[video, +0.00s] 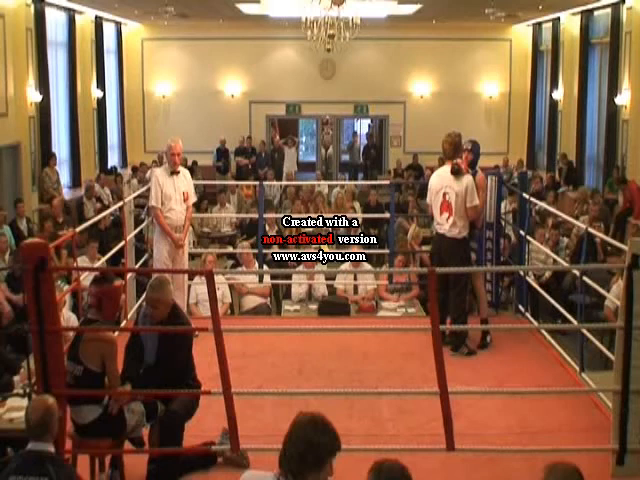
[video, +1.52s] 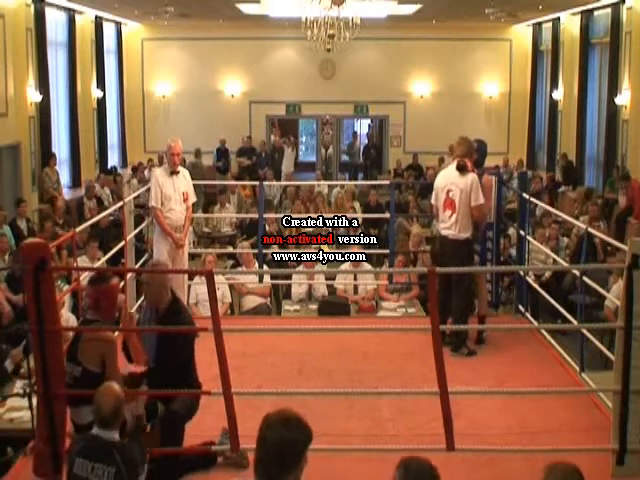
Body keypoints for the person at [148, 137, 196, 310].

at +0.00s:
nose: (176, 159)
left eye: (179, 155)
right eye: (172, 155)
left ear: (182, 155)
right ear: (166, 156)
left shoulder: (185, 174)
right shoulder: (157, 174)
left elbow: (190, 204)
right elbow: (154, 208)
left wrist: (184, 233)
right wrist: (172, 234)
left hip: (182, 227)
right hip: (164, 227)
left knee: (181, 270)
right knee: (162, 269)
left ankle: (181, 310)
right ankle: (162, 310)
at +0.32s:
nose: (176, 159)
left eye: (179, 155)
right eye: (172, 155)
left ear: (182, 156)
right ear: (166, 156)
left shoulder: (185, 174)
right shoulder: (157, 174)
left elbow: (189, 204)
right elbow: (155, 209)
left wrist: (185, 233)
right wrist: (172, 234)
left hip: (182, 227)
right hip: (164, 227)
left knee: (181, 270)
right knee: (162, 270)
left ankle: (181, 310)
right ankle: (161, 311)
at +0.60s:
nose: (176, 159)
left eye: (179, 155)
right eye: (172, 155)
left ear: (182, 155)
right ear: (166, 155)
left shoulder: (185, 174)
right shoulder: (158, 174)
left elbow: (189, 204)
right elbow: (155, 209)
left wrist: (185, 233)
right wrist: (172, 234)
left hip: (182, 227)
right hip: (164, 228)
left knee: (181, 270)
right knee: (163, 269)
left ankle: (181, 309)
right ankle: (162, 310)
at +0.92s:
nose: (175, 159)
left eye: (178, 155)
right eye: (172, 155)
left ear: (182, 156)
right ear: (166, 156)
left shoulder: (185, 174)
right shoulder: (157, 174)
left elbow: (189, 204)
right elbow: (155, 208)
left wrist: (185, 233)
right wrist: (172, 234)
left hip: (182, 227)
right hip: (164, 227)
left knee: (181, 271)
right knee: (163, 271)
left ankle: (181, 311)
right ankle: (162, 311)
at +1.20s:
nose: (175, 159)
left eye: (178, 155)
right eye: (172, 155)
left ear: (182, 156)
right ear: (166, 156)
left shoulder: (185, 174)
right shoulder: (157, 174)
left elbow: (189, 204)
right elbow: (154, 208)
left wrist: (185, 232)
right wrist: (172, 234)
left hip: (182, 227)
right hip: (164, 227)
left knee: (181, 271)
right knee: (163, 271)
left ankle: (181, 310)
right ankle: (162, 311)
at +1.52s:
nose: (176, 159)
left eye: (178, 155)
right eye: (172, 155)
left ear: (182, 155)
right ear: (166, 156)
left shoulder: (185, 174)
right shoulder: (158, 174)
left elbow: (190, 204)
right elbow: (155, 209)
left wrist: (185, 232)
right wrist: (172, 235)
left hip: (182, 227)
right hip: (164, 227)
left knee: (181, 268)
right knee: (163, 266)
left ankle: (181, 305)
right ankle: (162, 306)